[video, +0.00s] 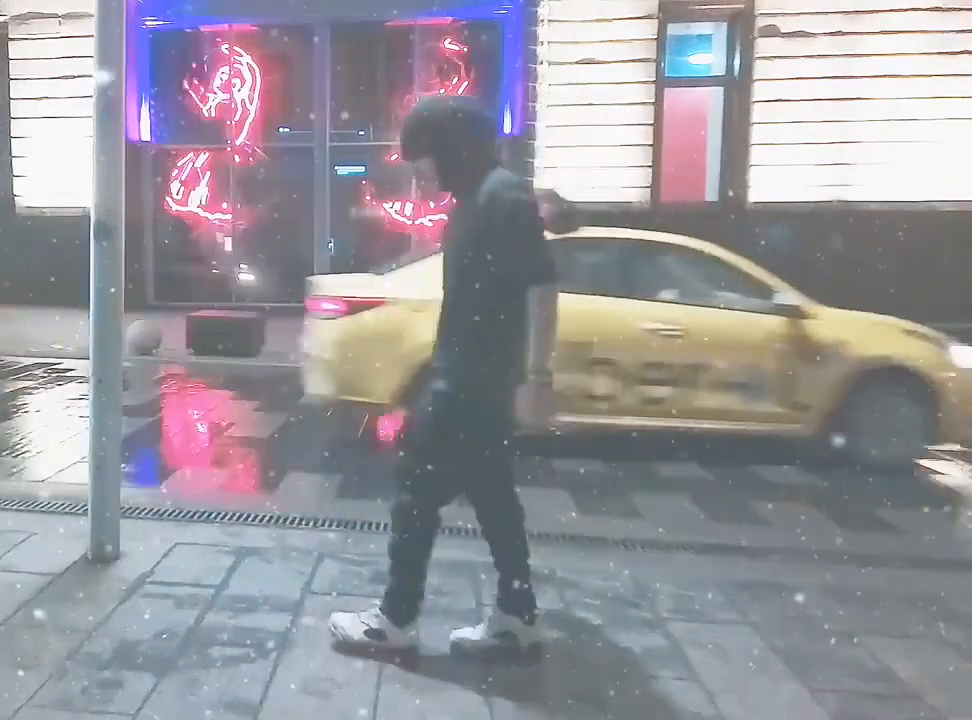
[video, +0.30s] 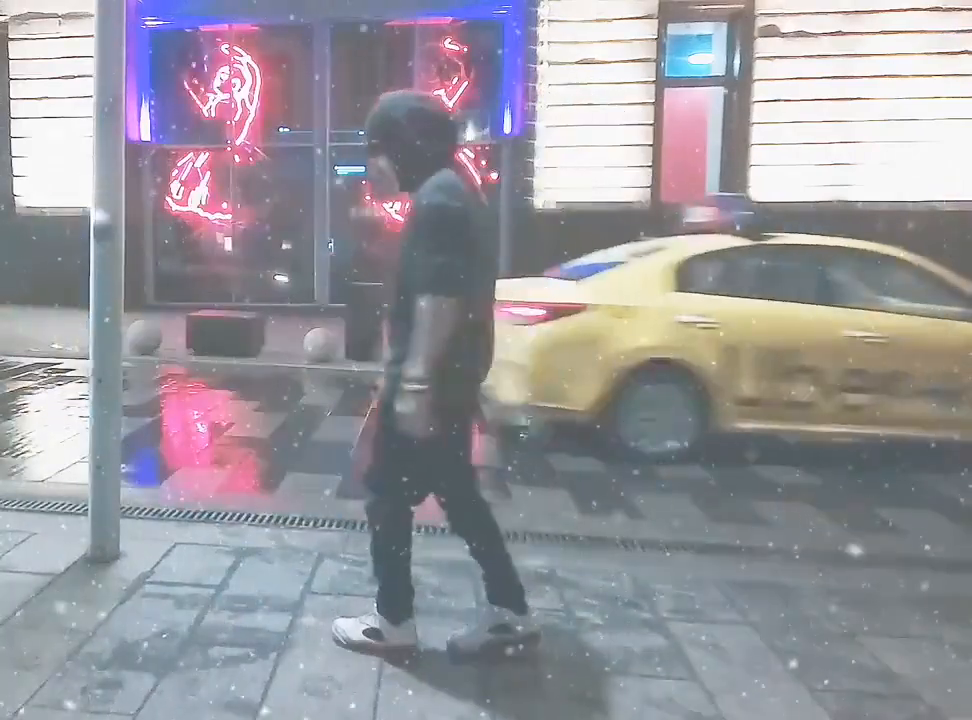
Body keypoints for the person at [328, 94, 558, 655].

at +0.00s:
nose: (426, 174)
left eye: (429, 160)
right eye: (421, 162)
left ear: (459, 149)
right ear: (461, 151)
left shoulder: (506, 201)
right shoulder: (478, 202)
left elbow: (543, 291)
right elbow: (465, 308)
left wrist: (539, 381)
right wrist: (424, 373)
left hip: (476, 378)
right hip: (464, 376)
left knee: (416, 489)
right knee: (494, 493)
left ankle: (396, 621)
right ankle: (515, 615)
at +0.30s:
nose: (370, 166)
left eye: (375, 153)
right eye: (370, 154)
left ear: (406, 148)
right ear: (420, 145)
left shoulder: (438, 202)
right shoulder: (453, 196)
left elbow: (440, 303)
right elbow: (453, 302)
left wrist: (415, 383)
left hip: (426, 379)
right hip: (451, 376)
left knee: (385, 494)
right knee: (460, 494)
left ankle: (394, 622)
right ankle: (511, 613)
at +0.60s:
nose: (347, 149)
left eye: (349, 137)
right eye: (347, 138)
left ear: (366, 137)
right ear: (404, 133)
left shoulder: (376, 193)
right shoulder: (442, 192)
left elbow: (333, 276)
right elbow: (457, 283)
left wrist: (278, 335)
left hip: (388, 357)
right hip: (434, 356)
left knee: (372, 481)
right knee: (398, 469)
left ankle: (391, 618)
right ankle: (452, 579)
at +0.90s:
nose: (329, 156)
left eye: (331, 147)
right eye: (330, 147)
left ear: (344, 146)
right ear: (390, 138)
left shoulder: (342, 198)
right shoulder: (430, 197)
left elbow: (313, 282)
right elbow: (453, 285)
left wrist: (292, 342)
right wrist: (456, 357)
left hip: (361, 357)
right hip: (415, 355)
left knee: (369, 473)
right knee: (394, 469)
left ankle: (390, 615)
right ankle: (396, 582)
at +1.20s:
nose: (325, 170)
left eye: (325, 161)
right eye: (326, 162)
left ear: (337, 158)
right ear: (379, 150)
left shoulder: (338, 206)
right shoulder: (426, 200)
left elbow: (319, 294)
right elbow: (452, 283)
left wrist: (301, 364)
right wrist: (465, 351)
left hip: (357, 359)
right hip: (407, 359)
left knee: (349, 472)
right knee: (387, 468)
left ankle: (389, 611)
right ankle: (377, 571)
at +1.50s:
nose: (335, 179)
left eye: (334, 168)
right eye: (331, 170)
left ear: (352, 157)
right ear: (379, 151)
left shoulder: (369, 202)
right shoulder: (419, 197)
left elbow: (361, 285)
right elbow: (423, 281)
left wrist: (323, 350)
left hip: (381, 338)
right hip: (419, 337)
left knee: (336, 449)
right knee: (389, 448)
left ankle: (380, 565)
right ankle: (383, 564)